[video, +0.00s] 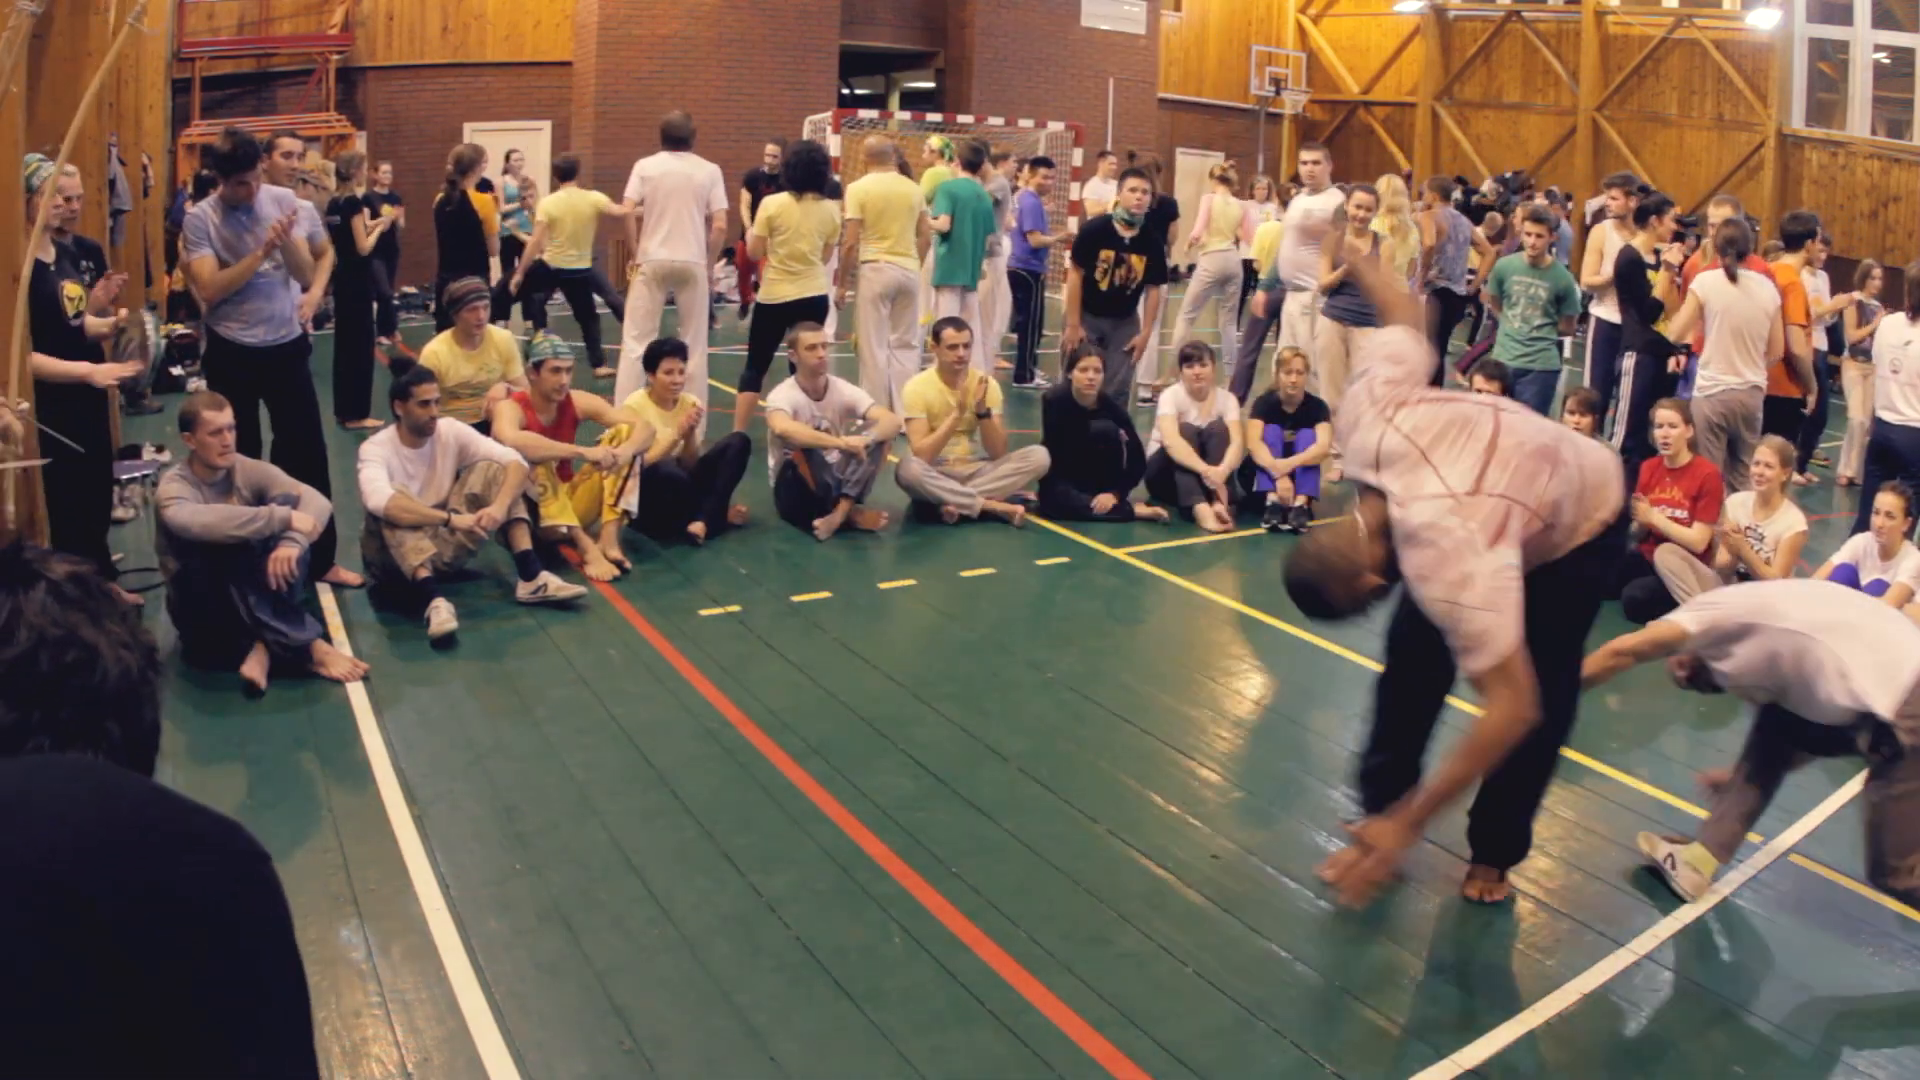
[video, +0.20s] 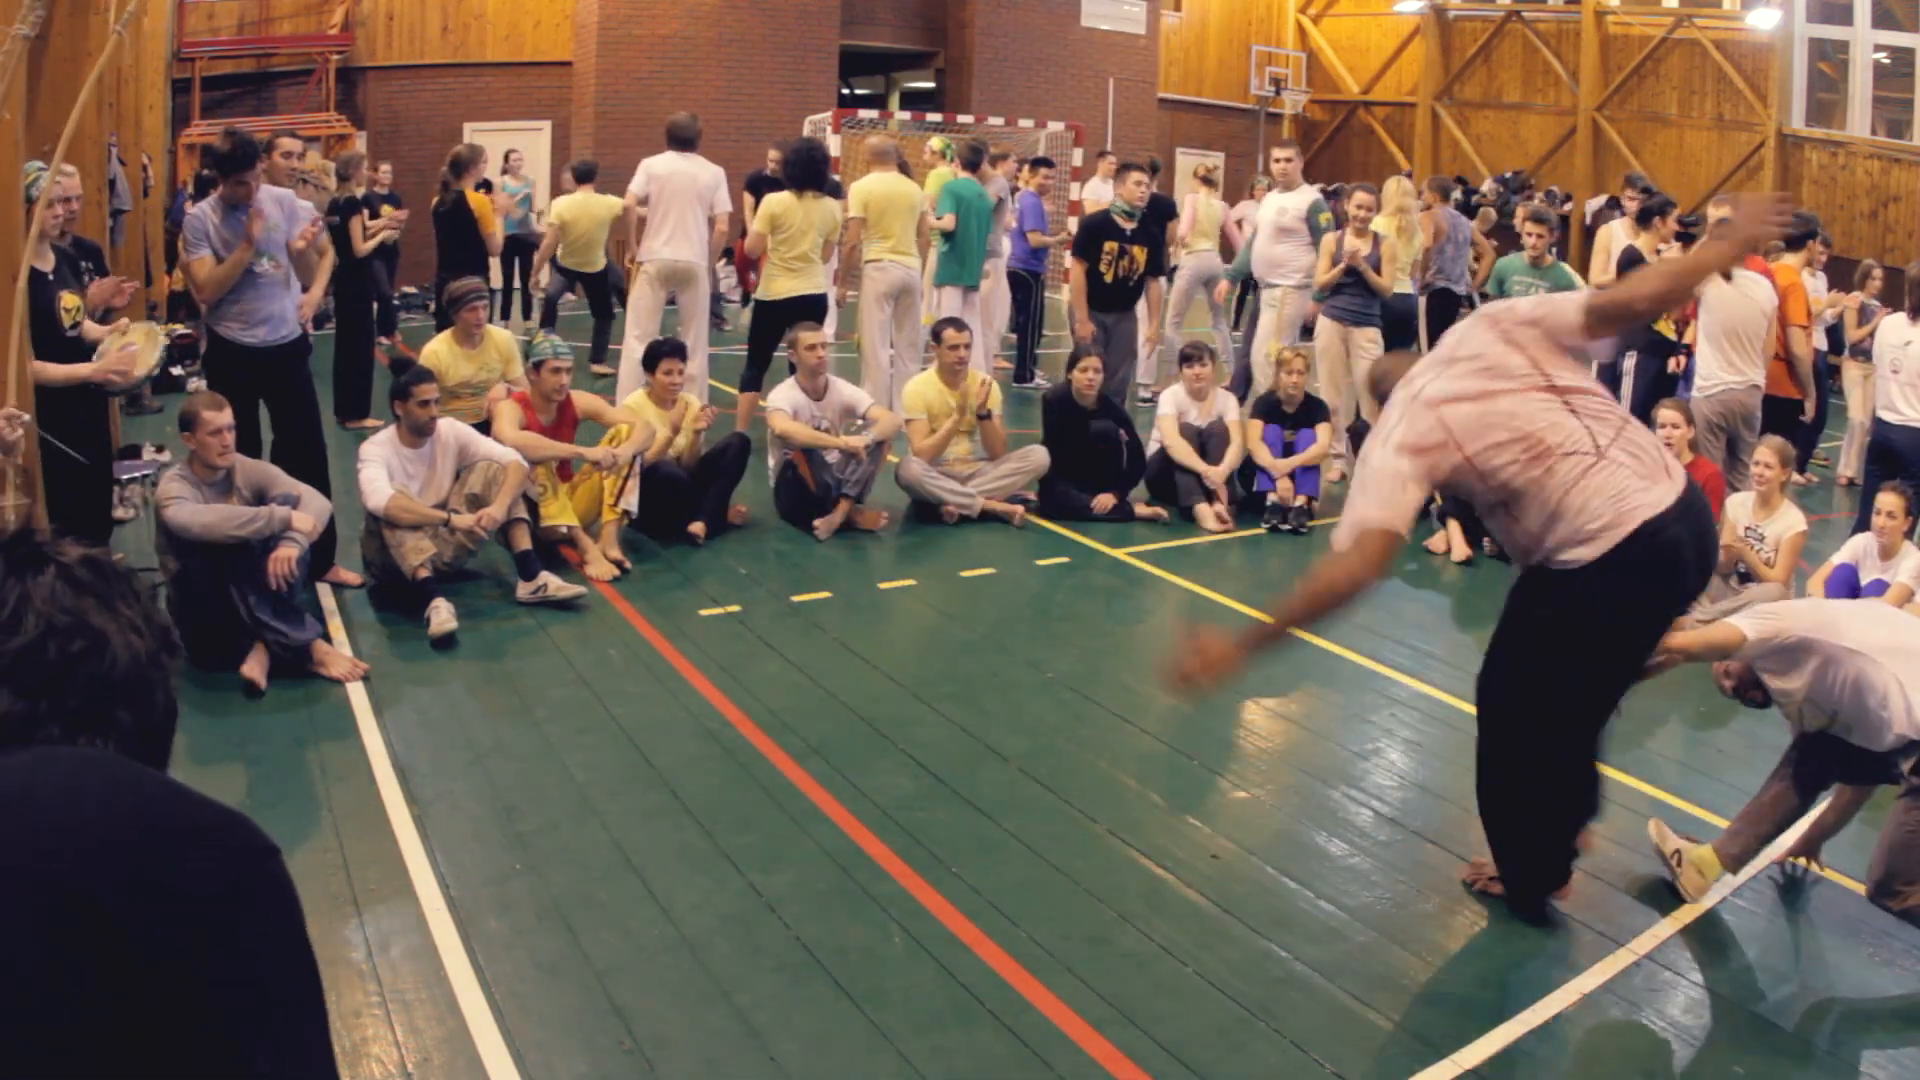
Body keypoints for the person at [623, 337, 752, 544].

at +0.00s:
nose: (677, 380)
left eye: (681, 372)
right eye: (669, 373)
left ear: (687, 374)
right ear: (651, 376)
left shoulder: (691, 404)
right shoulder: (634, 406)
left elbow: (689, 465)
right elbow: (636, 464)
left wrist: (690, 433)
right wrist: (676, 435)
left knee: (739, 441)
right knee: (666, 470)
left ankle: (702, 520)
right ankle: (718, 517)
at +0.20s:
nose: (676, 381)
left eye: (681, 373)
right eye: (668, 374)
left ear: (686, 374)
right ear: (650, 375)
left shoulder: (691, 404)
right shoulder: (633, 406)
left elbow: (689, 465)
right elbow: (637, 465)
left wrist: (696, 434)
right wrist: (671, 432)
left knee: (738, 441)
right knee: (665, 470)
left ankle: (702, 520)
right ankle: (717, 518)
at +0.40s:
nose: (675, 380)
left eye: (680, 373)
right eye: (667, 373)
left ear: (685, 374)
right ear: (649, 376)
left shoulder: (690, 403)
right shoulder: (633, 406)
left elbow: (689, 466)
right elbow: (638, 462)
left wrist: (689, 434)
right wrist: (679, 433)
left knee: (738, 441)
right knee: (665, 470)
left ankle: (703, 519)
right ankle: (719, 518)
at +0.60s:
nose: (674, 379)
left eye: (679, 371)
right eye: (666, 372)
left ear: (684, 373)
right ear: (648, 376)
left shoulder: (690, 403)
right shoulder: (633, 406)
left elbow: (687, 465)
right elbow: (640, 463)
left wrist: (696, 433)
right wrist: (672, 431)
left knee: (738, 441)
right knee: (666, 470)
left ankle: (703, 519)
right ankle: (719, 518)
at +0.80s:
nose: (674, 378)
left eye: (678, 371)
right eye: (665, 372)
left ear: (683, 372)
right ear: (647, 376)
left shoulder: (689, 402)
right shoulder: (631, 406)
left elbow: (688, 465)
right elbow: (637, 463)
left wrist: (689, 432)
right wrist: (679, 434)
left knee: (738, 441)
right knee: (666, 469)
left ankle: (703, 520)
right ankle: (719, 519)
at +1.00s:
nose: (673, 378)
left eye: (677, 371)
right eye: (663, 372)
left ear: (682, 372)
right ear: (646, 376)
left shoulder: (689, 402)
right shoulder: (631, 407)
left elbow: (688, 465)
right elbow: (638, 464)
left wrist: (692, 433)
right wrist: (673, 431)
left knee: (738, 441)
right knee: (666, 469)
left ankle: (703, 519)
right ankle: (719, 518)